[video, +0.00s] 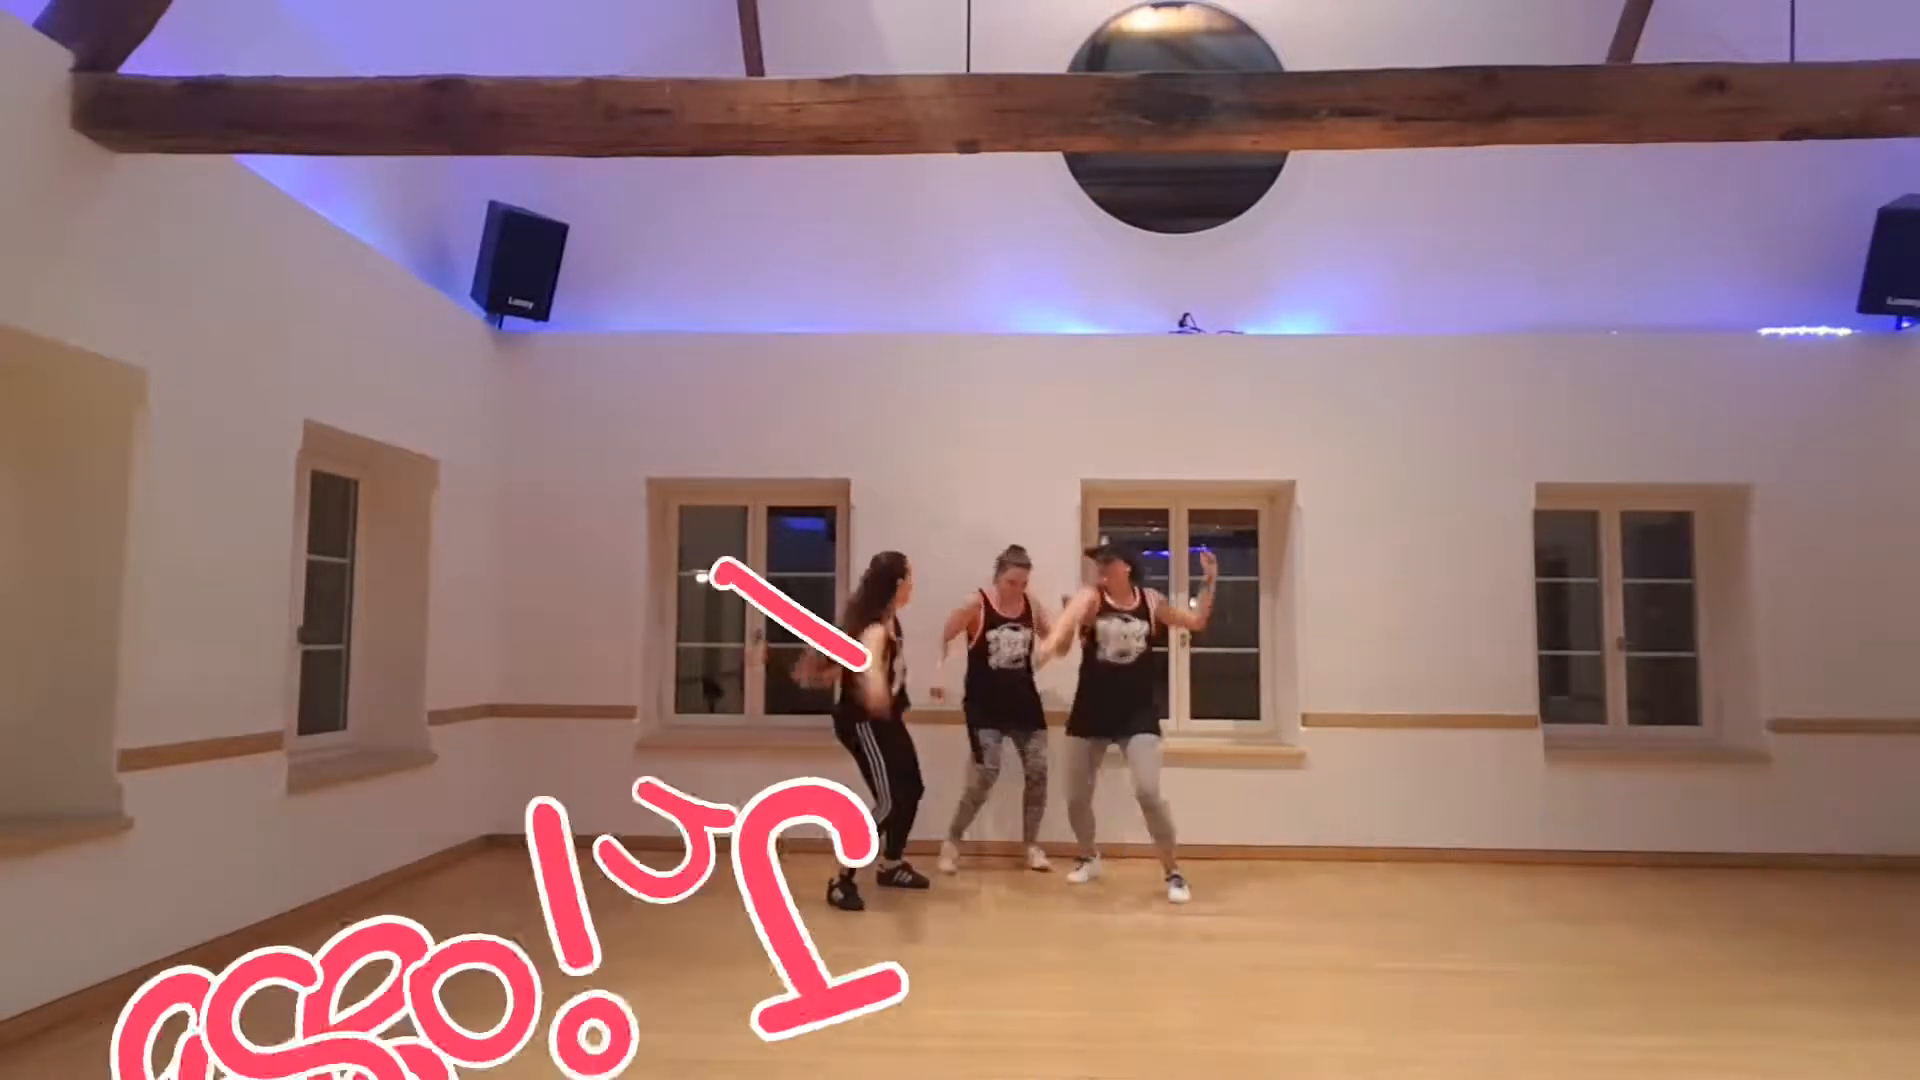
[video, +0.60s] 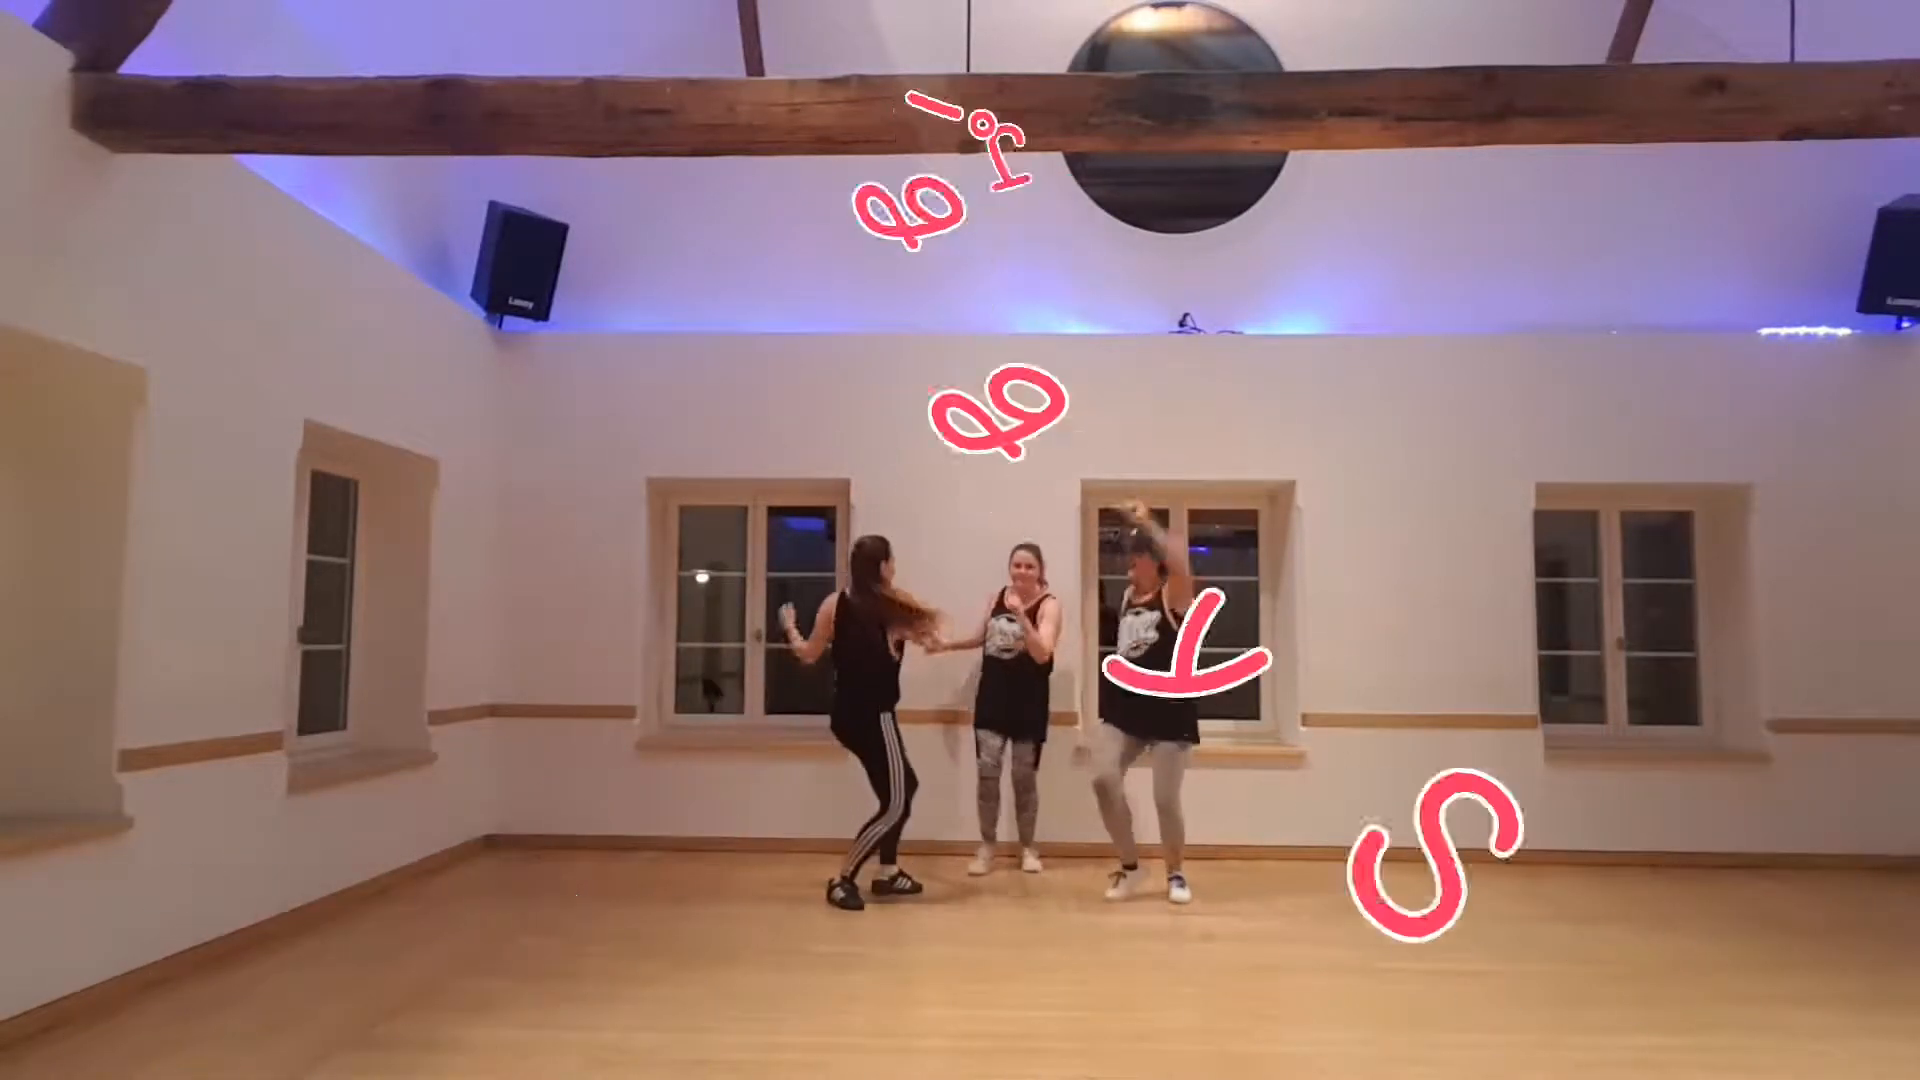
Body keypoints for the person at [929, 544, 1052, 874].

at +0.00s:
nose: (1018, 588)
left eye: (1023, 582)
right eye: (1013, 581)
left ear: (1029, 579)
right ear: (998, 576)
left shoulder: (1031, 605)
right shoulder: (976, 606)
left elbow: (1053, 640)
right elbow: (943, 638)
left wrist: (1068, 621)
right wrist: (938, 677)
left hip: (1023, 698)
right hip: (984, 700)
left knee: (1038, 770)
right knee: (986, 772)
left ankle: (1032, 844)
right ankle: (952, 841)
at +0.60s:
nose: (1021, 572)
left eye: (1028, 566)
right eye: (1017, 566)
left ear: (1040, 571)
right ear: (1009, 569)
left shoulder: (1049, 604)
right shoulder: (998, 599)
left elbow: (1043, 655)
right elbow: (980, 639)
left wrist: (1023, 618)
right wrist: (945, 645)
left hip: (1029, 699)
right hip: (992, 696)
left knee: (1024, 774)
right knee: (987, 770)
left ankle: (1028, 847)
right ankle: (987, 845)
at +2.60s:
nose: (1008, 565)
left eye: (1013, 560)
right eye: (1001, 560)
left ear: (1023, 569)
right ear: (991, 569)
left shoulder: (1039, 607)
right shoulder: (975, 611)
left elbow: (1051, 660)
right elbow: (969, 665)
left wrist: (1051, 712)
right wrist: (982, 710)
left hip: (1038, 704)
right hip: (1000, 707)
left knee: (1036, 781)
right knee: (1009, 776)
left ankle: (1019, 849)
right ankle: (985, 846)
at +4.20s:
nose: (988, 570)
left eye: (995, 564)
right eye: (983, 564)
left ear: (1009, 566)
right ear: (976, 565)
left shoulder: (1021, 597)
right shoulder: (966, 592)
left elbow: (1034, 643)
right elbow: (963, 624)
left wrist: (1039, 684)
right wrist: (985, 616)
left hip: (1015, 694)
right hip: (974, 693)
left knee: (1016, 771)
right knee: (966, 767)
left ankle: (1013, 844)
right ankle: (952, 842)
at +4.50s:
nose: (977, 569)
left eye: (983, 563)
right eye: (971, 563)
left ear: (994, 563)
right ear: (964, 562)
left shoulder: (1004, 587)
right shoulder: (955, 582)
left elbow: (1015, 626)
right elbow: (946, 621)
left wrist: (1018, 662)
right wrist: (953, 659)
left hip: (997, 681)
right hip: (959, 680)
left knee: (1000, 765)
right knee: (959, 766)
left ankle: (1000, 840)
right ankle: (953, 841)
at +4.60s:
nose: (977, 567)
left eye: (983, 561)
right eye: (971, 561)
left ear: (993, 562)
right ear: (963, 560)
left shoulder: (1003, 589)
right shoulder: (948, 587)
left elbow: (1016, 626)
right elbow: (936, 633)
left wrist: (1015, 643)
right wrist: (943, 679)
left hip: (996, 685)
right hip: (959, 685)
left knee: (996, 766)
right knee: (964, 765)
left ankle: (990, 843)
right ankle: (957, 842)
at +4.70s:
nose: (978, 574)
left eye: (984, 568)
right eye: (972, 567)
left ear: (995, 570)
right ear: (963, 569)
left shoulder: (1003, 601)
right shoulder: (945, 601)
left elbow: (1016, 649)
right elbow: (929, 649)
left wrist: (1000, 643)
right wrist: (931, 693)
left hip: (997, 696)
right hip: (959, 698)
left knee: (997, 773)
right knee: (973, 771)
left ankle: (986, 845)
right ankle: (963, 844)